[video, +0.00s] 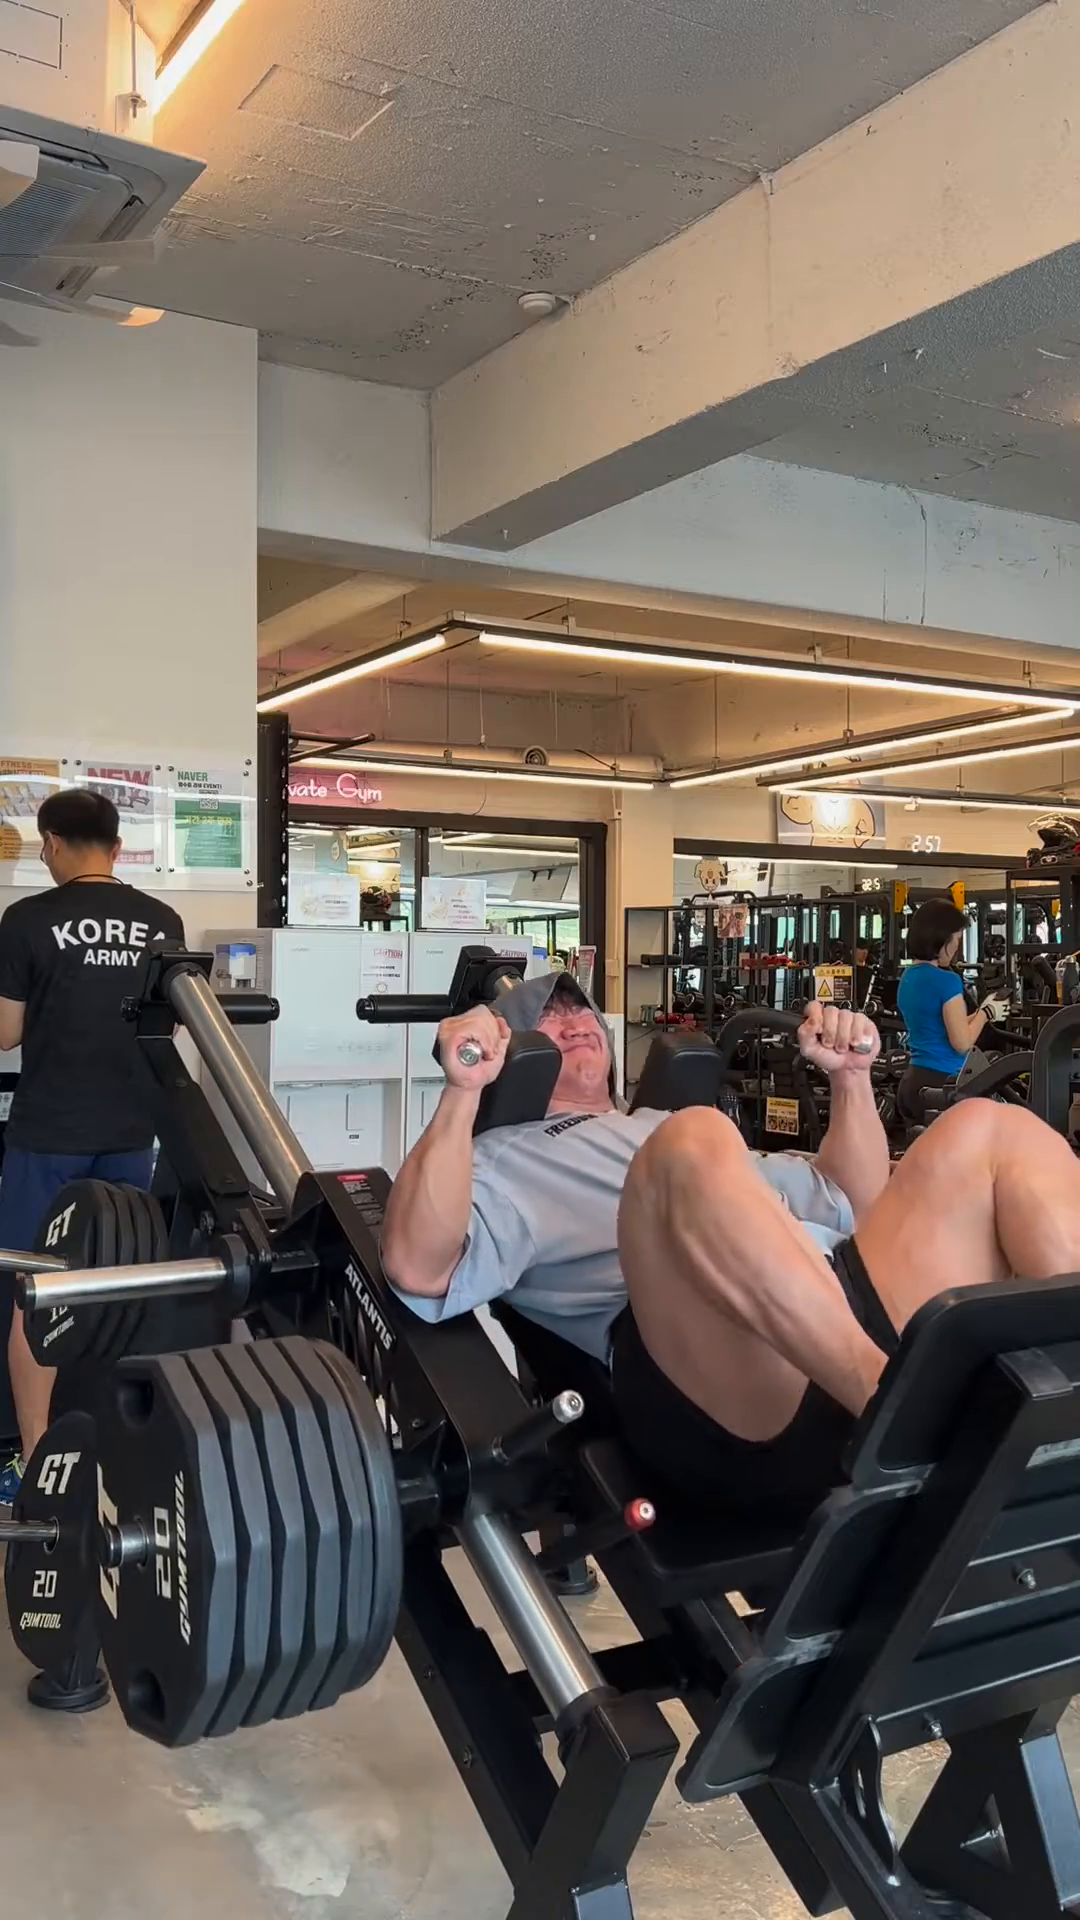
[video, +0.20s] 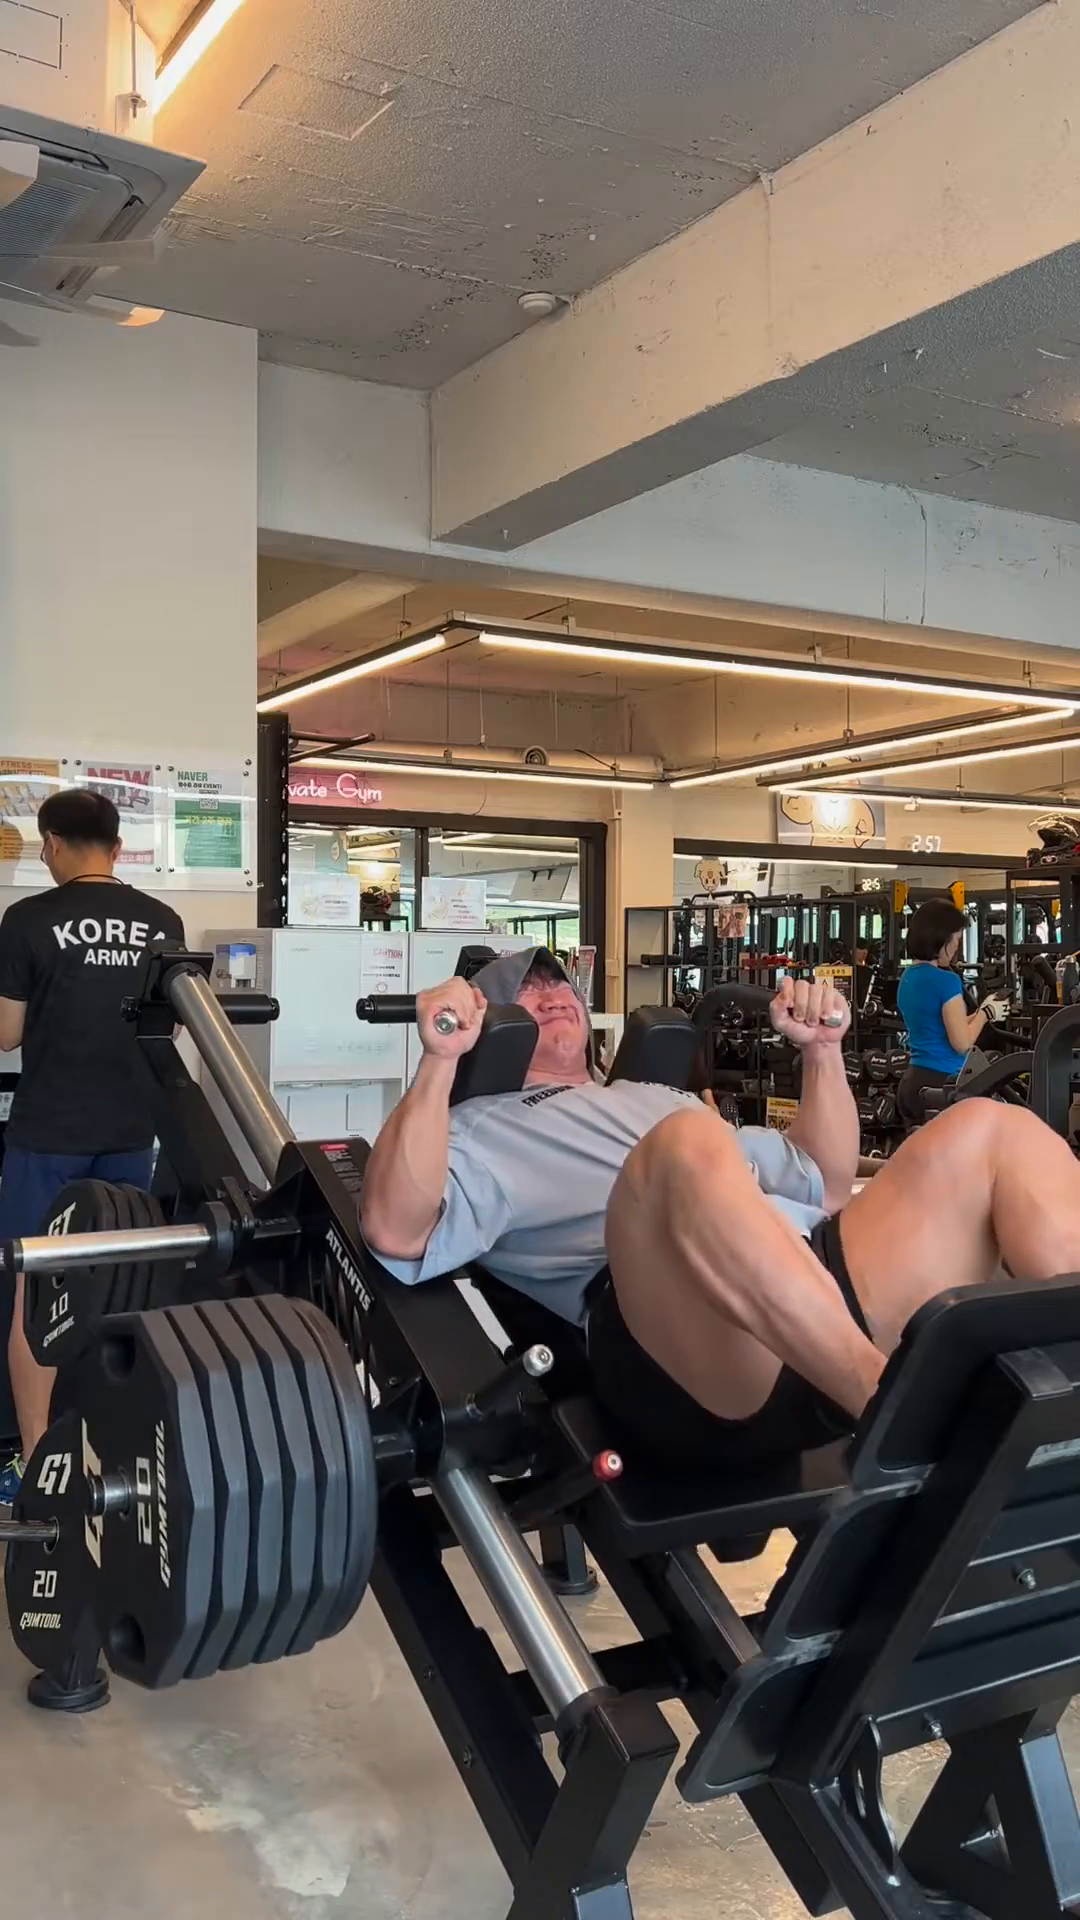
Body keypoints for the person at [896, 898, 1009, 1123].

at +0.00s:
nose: (957, 948)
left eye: (958, 941)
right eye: (956, 940)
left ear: (923, 936)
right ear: (943, 941)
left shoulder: (907, 978)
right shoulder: (947, 981)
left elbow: (931, 1033)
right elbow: (962, 1042)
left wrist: (977, 1013)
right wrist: (986, 1013)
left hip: (915, 1078)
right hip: (946, 1084)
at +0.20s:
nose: (958, 947)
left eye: (958, 940)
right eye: (956, 940)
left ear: (922, 936)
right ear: (943, 941)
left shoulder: (907, 978)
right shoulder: (946, 981)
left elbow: (932, 1032)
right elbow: (962, 1042)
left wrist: (977, 1013)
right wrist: (986, 1013)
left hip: (915, 1078)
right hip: (945, 1085)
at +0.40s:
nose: (957, 947)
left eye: (958, 941)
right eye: (956, 940)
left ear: (922, 936)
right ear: (942, 941)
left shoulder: (908, 978)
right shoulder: (946, 981)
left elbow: (932, 1032)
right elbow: (961, 1042)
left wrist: (976, 1015)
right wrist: (986, 1014)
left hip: (915, 1078)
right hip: (946, 1085)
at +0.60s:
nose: (957, 947)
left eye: (958, 940)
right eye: (956, 940)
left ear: (923, 936)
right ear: (943, 941)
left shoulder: (907, 978)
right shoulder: (946, 981)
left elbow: (928, 1033)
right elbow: (961, 1043)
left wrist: (969, 1018)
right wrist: (985, 1013)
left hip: (915, 1078)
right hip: (946, 1084)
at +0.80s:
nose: (957, 947)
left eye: (958, 940)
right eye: (956, 940)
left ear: (923, 935)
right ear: (943, 940)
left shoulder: (907, 978)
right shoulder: (946, 981)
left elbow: (931, 1032)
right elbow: (961, 1043)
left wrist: (975, 1015)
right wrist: (987, 1014)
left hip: (913, 1079)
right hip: (945, 1085)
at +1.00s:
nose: (958, 946)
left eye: (958, 939)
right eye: (957, 939)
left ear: (922, 935)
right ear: (942, 941)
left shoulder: (907, 978)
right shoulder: (946, 981)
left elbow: (929, 1032)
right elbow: (962, 1042)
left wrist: (973, 1016)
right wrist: (988, 1012)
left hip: (914, 1078)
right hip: (946, 1083)